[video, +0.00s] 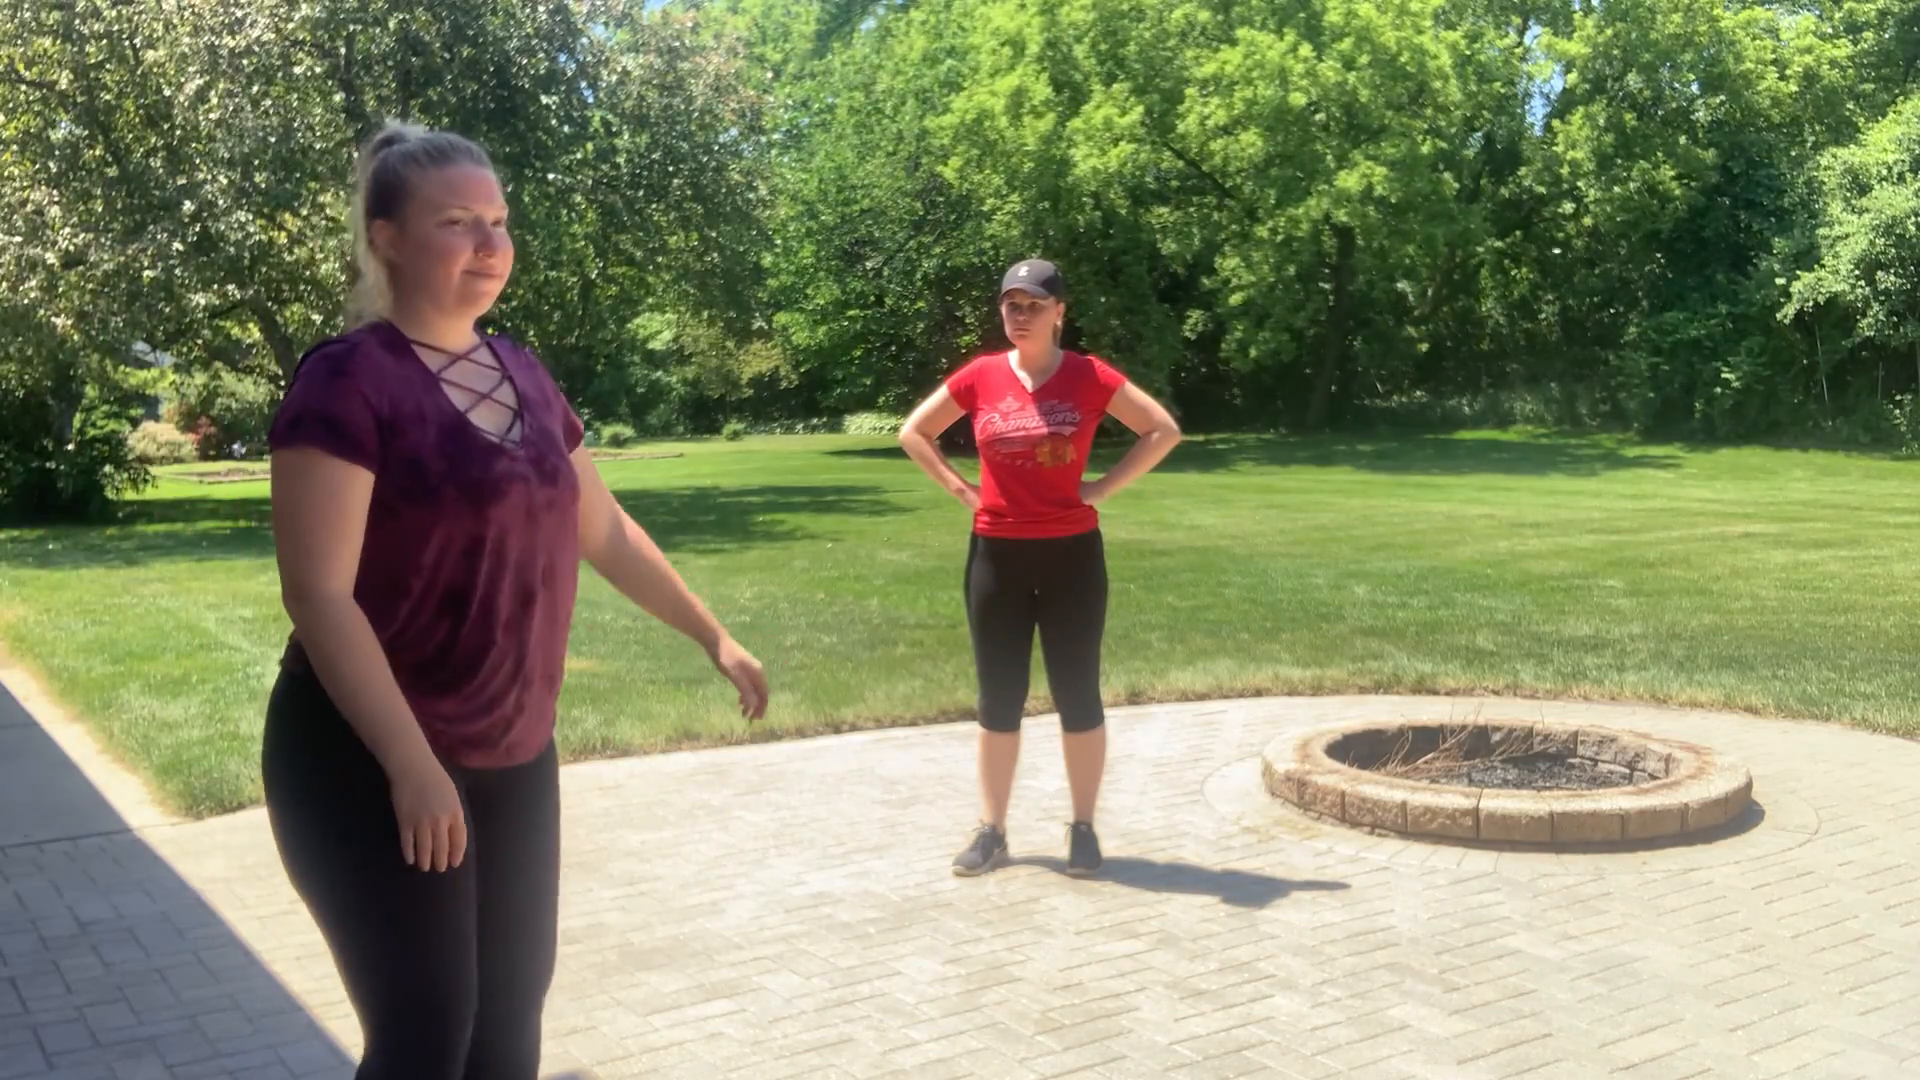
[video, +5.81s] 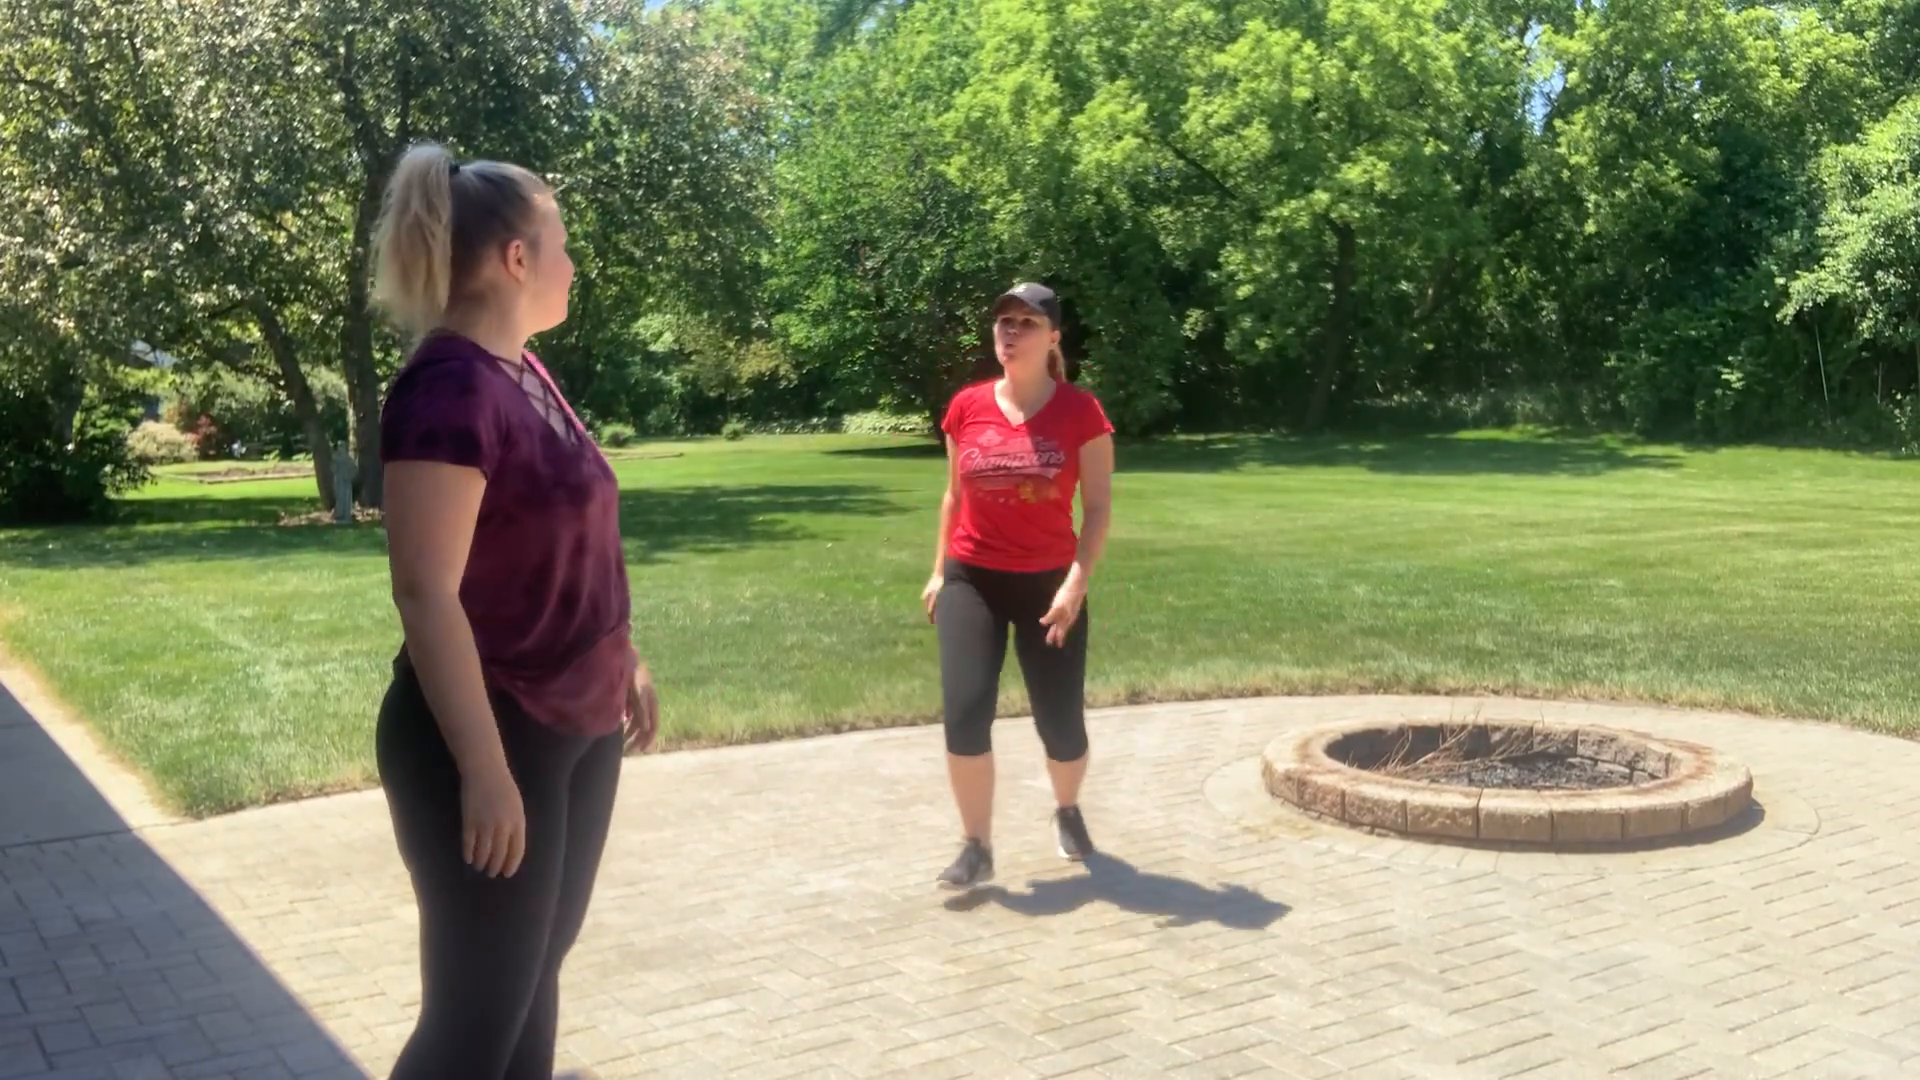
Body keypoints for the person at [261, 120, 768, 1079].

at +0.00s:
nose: (493, 241)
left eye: (500, 220)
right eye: (460, 220)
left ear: (513, 232)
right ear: (385, 238)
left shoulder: (517, 370)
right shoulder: (346, 383)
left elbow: (609, 533)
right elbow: (317, 594)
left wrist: (714, 635)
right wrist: (412, 763)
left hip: (510, 750)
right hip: (365, 753)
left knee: (508, 1041)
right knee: (425, 1042)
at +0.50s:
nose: (491, 238)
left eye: (498, 218)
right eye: (458, 220)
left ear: (510, 235)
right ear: (387, 244)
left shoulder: (537, 362)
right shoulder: (360, 376)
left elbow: (563, 519)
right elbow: (230, 534)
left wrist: (613, 622)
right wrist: (388, 629)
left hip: (552, 730)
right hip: (414, 738)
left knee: (530, 1035)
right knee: (424, 1041)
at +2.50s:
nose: (563, 260)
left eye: (560, 240)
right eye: (538, 243)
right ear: (462, 261)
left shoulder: (528, 370)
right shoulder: (426, 377)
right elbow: (306, 501)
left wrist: (560, 600)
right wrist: (425, 619)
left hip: (566, 717)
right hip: (462, 726)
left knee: (519, 984)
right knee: (444, 1019)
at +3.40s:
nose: (508, 254)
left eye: (510, 233)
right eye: (474, 243)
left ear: (522, 243)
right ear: (417, 275)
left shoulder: (570, 353)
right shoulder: (402, 361)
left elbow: (582, 478)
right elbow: (294, 506)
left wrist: (646, 514)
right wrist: (411, 597)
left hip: (585, 713)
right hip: (452, 721)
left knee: (534, 983)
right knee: (463, 1017)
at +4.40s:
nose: (543, 262)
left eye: (535, 240)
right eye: (528, 240)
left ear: (469, 257)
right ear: (477, 251)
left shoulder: (485, 377)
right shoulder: (432, 367)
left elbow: (493, 551)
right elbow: (405, 553)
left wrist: (615, 602)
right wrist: (539, 657)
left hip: (535, 720)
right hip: (464, 727)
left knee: (508, 1005)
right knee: (479, 1024)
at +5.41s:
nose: (553, 270)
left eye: (548, 248)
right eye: (545, 247)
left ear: (466, 261)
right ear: (507, 256)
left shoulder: (486, 380)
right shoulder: (455, 388)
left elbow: (482, 585)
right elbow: (444, 594)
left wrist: (556, 737)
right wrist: (530, 758)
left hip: (535, 735)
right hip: (480, 740)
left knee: (513, 1018)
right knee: (482, 1031)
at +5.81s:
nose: (571, 263)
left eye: (565, 241)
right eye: (559, 241)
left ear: (503, 263)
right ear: (513, 259)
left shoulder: (526, 372)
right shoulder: (453, 384)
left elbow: (546, 550)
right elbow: (426, 596)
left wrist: (618, 657)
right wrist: (483, 767)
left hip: (574, 726)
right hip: (491, 734)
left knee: (531, 998)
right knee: (475, 1023)